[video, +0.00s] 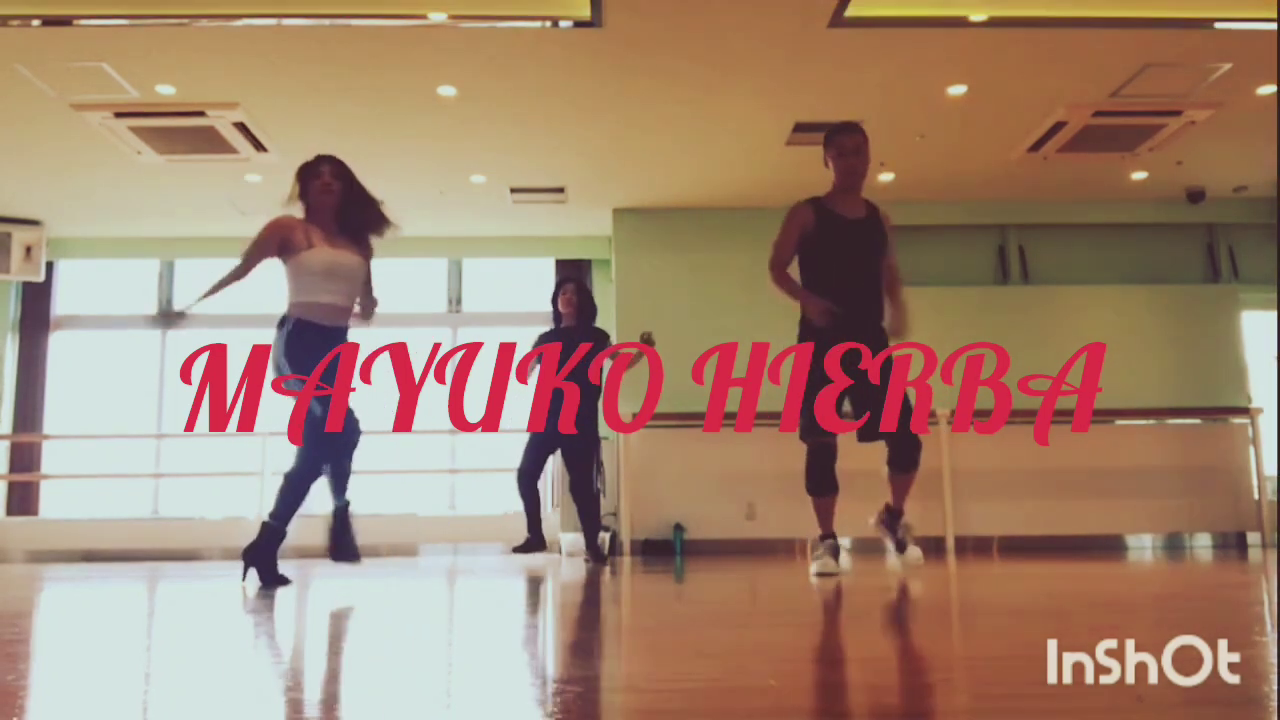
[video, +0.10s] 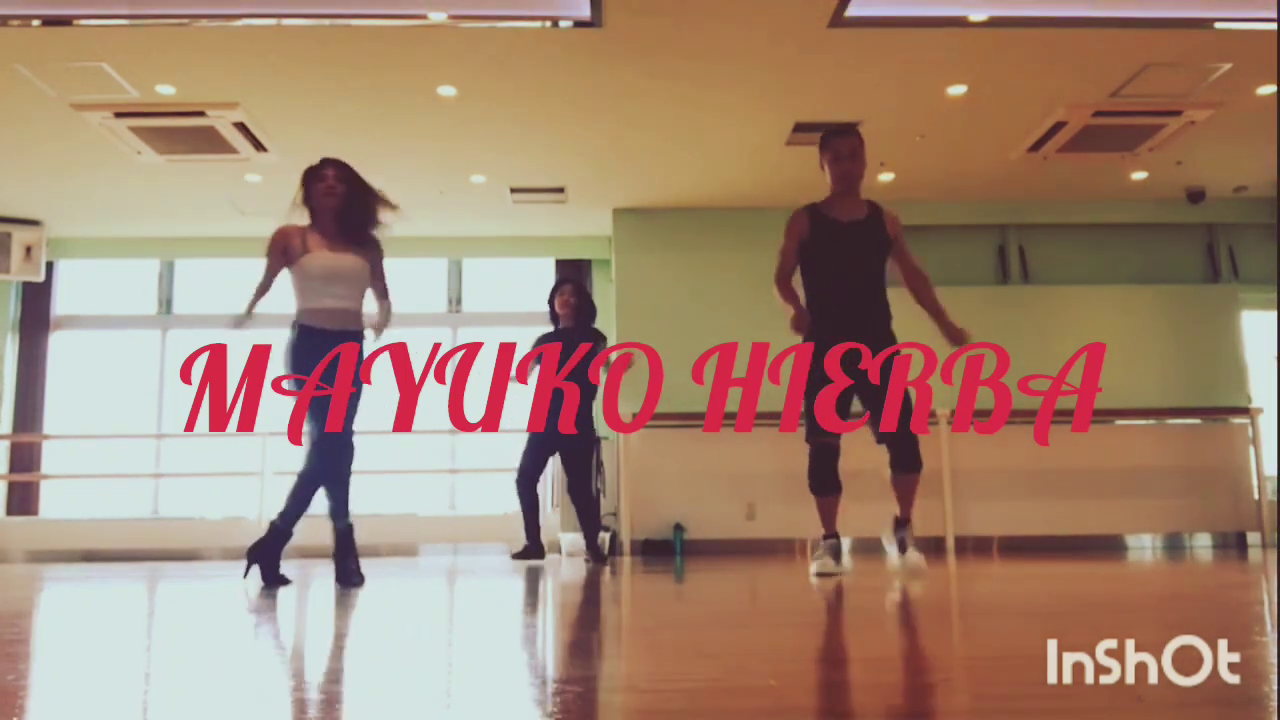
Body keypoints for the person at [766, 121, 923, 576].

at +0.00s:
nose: (853, 161)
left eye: (859, 153)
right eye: (844, 154)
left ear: (869, 158)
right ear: (829, 159)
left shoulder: (876, 216)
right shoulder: (806, 213)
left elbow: (889, 270)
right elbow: (777, 270)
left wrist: (898, 310)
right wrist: (805, 299)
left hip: (870, 338)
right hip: (823, 340)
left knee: (906, 434)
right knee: (821, 441)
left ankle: (894, 516)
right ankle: (826, 539)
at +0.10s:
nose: (848, 165)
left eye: (854, 156)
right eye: (838, 158)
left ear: (865, 161)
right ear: (824, 164)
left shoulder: (883, 219)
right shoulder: (805, 220)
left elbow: (912, 275)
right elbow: (782, 277)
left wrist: (945, 323)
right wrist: (796, 308)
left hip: (877, 340)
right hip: (826, 343)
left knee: (905, 440)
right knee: (823, 446)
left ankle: (903, 531)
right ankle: (829, 540)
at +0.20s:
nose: (845, 180)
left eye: (853, 171)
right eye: (836, 173)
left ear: (865, 176)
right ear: (822, 181)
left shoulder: (891, 236)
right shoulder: (808, 243)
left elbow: (923, 295)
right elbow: (797, 306)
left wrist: (955, 344)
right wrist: (820, 341)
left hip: (883, 359)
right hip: (830, 361)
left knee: (896, 450)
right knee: (821, 459)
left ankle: (904, 540)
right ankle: (838, 544)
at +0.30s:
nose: (849, 182)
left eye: (856, 173)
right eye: (840, 175)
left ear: (870, 181)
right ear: (827, 186)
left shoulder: (894, 239)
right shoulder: (816, 244)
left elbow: (919, 301)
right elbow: (803, 311)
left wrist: (915, 327)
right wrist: (820, 322)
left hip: (886, 361)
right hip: (835, 363)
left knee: (894, 457)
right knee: (822, 461)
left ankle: (904, 543)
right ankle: (838, 544)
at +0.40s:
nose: (853, 158)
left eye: (859, 149)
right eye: (844, 151)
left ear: (874, 157)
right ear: (832, 161)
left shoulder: (897, 214)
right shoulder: (819, 223)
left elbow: (938, 263)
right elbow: (788, 279)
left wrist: (914, 234)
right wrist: (801, 249)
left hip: (888, 341)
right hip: (836, 343)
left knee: (900, 443)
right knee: (825, 447)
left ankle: (906, 539)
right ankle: (836, 540)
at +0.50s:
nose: (856, 143)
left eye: (863, 134)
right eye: (847, 136)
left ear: (876, 141)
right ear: (834, 145)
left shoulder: (898, 192)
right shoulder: (819, 197)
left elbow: (957, 174)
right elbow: (763, 182)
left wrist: (926, 146)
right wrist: (789, 168)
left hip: (889, 324)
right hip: (836, 327)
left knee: (913, 424)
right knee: (816, 428)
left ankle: (927, 525)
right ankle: (818, 526)